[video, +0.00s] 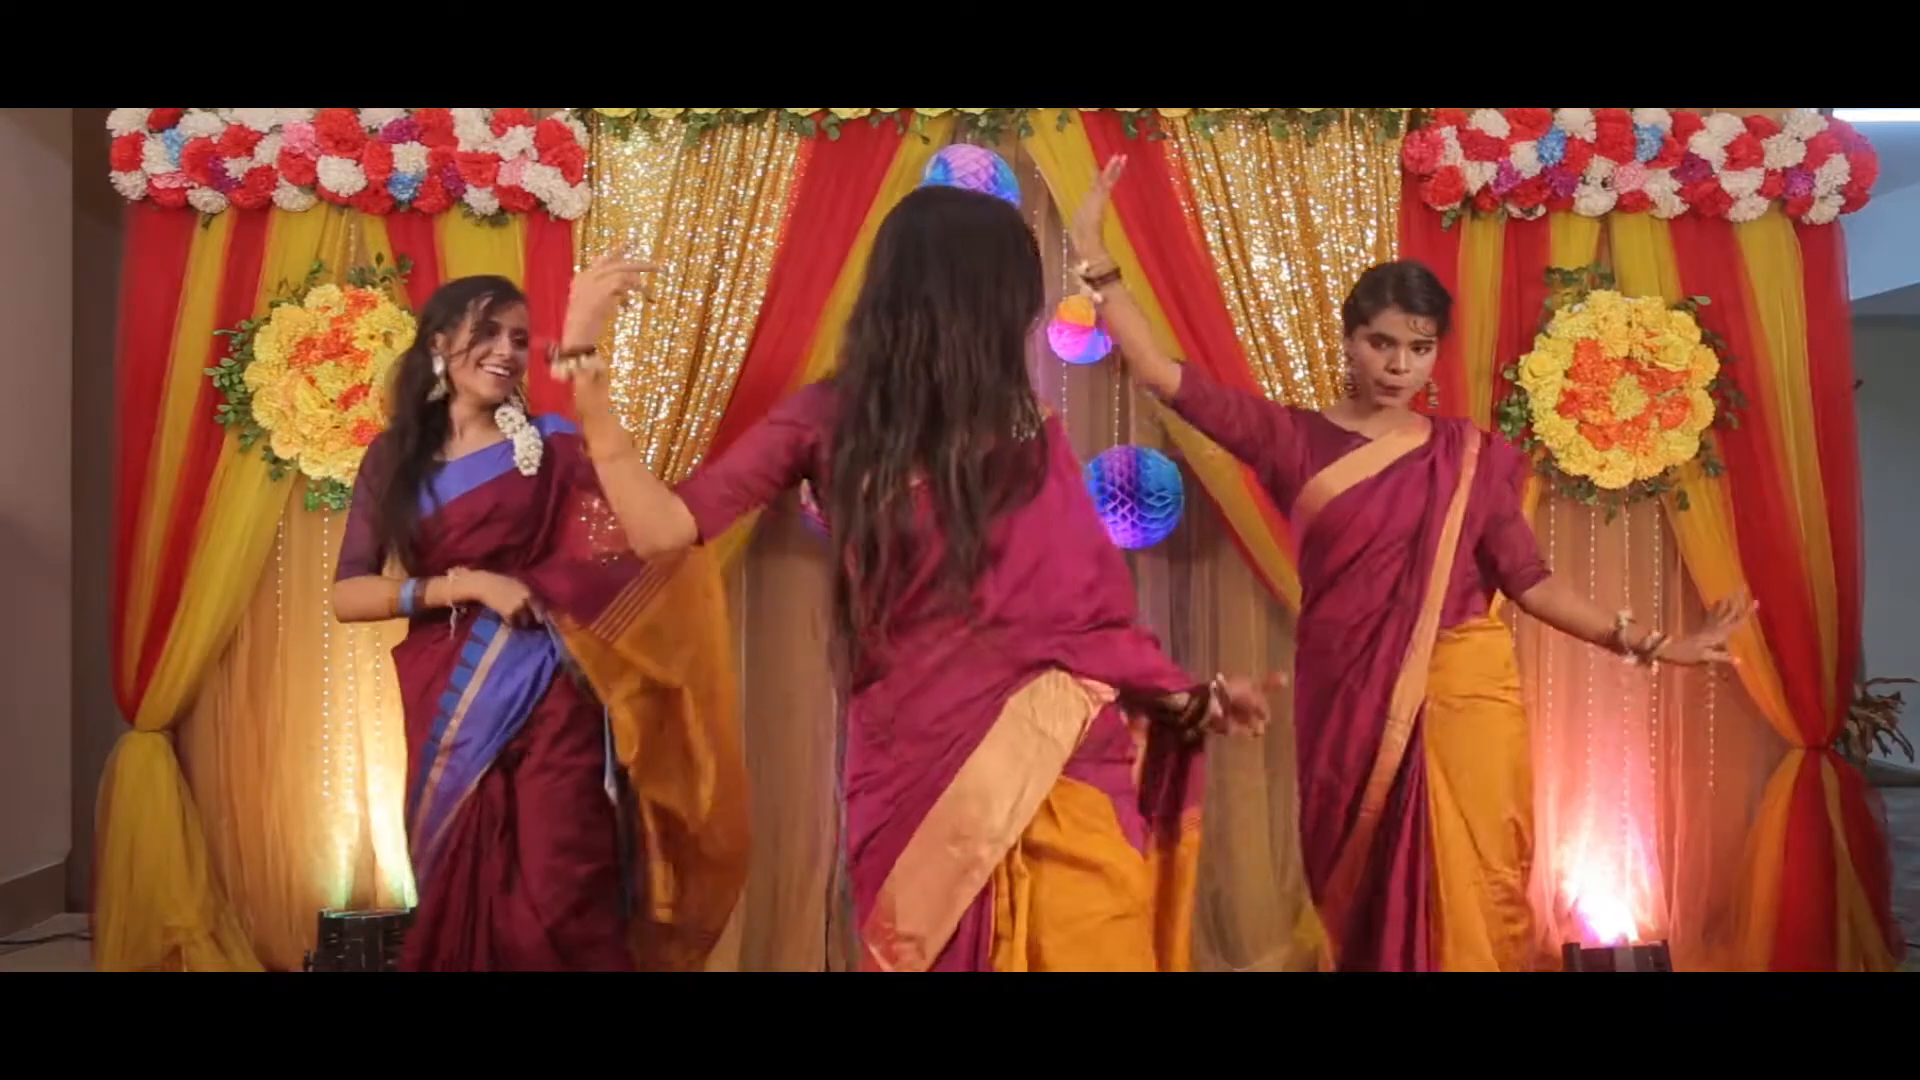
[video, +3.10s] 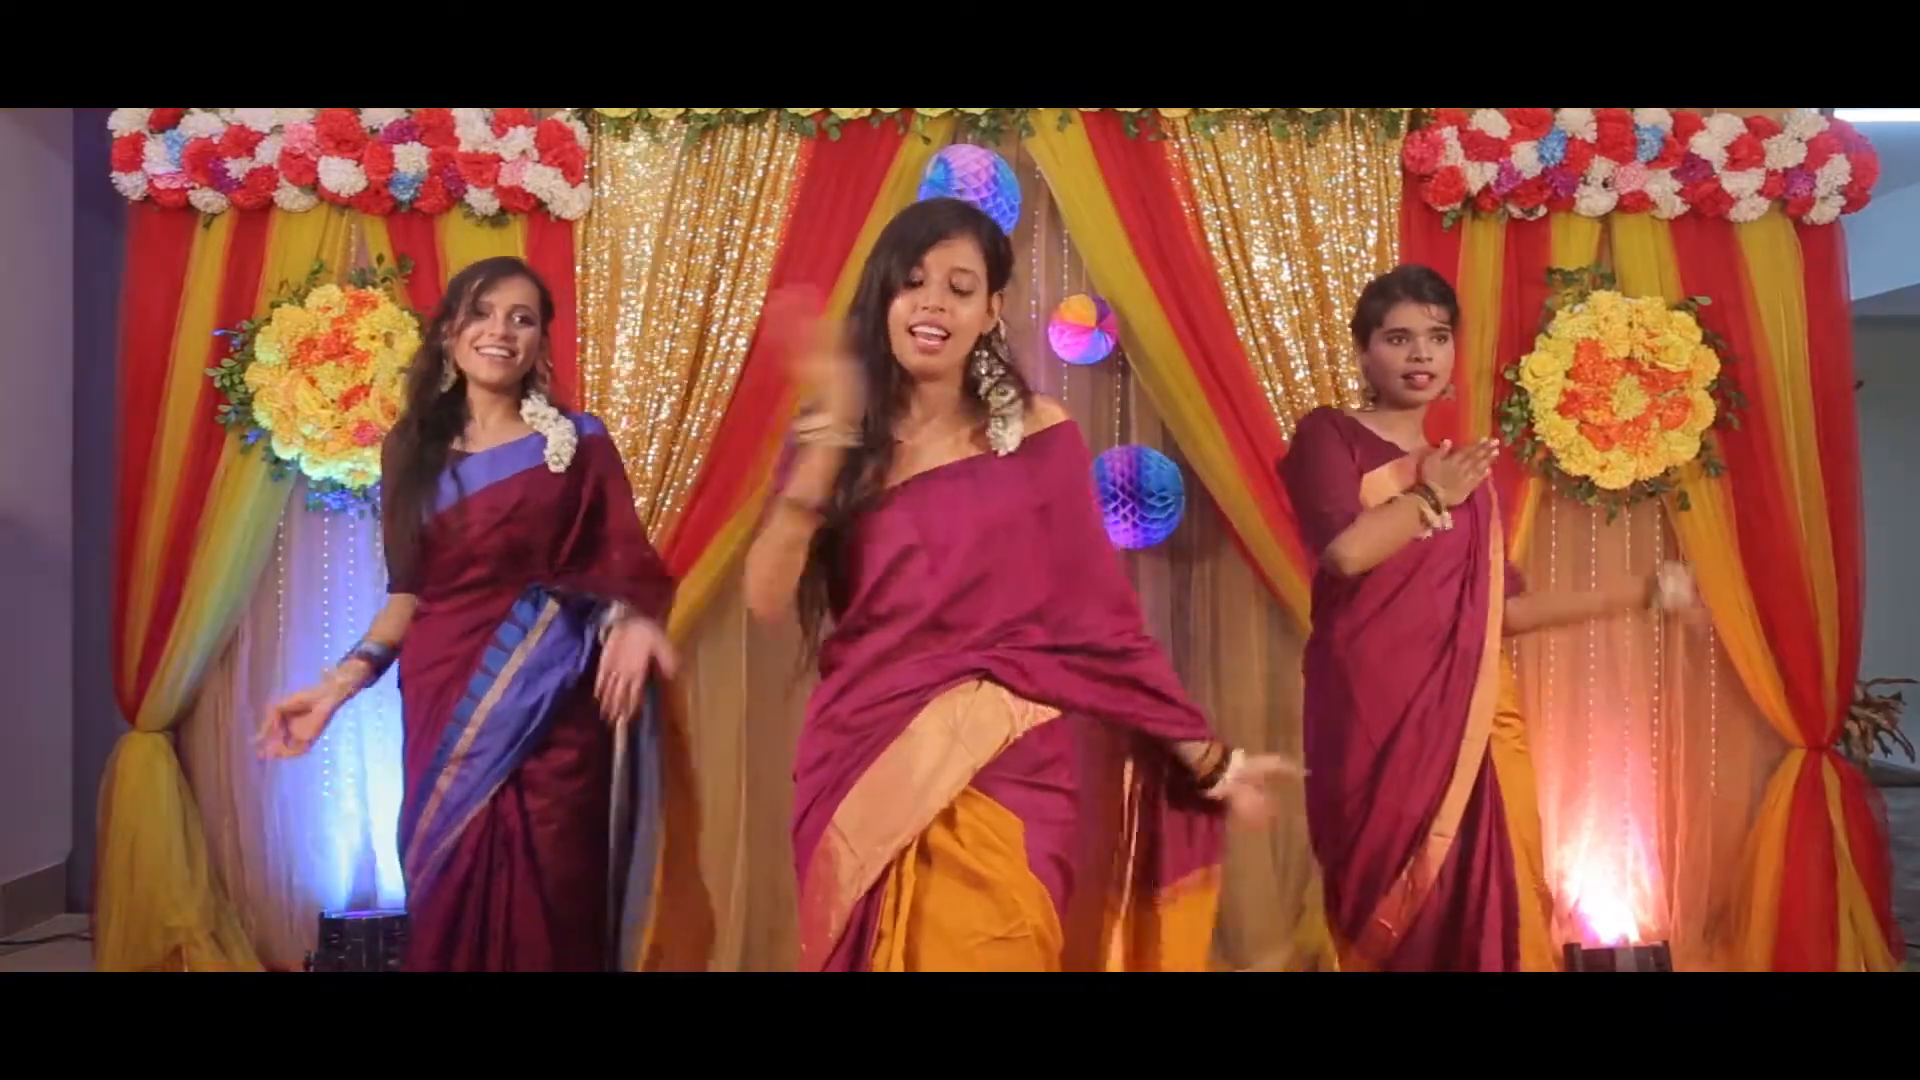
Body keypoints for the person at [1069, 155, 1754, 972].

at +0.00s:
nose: (1397, 362)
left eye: (1415, 347)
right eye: (1380, 342)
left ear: (1436, 354)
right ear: (1346, 341)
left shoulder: (1471, 454)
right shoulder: (1298, 440)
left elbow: (1533, 583)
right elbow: (1166, 378)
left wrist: (1650, 642)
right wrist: (1100, 280)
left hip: (1467, 684)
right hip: (1352, 695)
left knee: (1476, 896)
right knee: (1365, 897)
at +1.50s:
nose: (1407, 388)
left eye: (1425, 370)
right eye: (1388, 367)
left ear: (1444, 365)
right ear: (1352, 358)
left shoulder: (1474, 457)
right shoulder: (1305, 461)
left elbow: (1550, 559)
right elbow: (1162, 495)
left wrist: (1557, 637)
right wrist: (1174, 369)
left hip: (1468, 706)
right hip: (1352, 716)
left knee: (1473, 907)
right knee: (1359, 915)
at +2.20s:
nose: (1411, 356)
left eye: (1430, 340)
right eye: (1392, 336)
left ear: (1451, 346)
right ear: (1360, 337)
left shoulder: (1493, 440)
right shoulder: (1321, 447)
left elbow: (1564, 542)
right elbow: (1243, 541)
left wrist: (1561, 630)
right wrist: (1280, 426)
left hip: (1480, 693)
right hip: (1363, 702)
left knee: (1488, 901)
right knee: (1366, 910)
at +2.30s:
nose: (1411, 352)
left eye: (1430, 335)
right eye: (1392, 332)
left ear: (1451, 343)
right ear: (1361, 336)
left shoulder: (1492, 440)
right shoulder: (1315, 444)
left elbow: (1564, 550)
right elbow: (1257, 580)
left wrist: (1569, 639)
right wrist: (1284, 520)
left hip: (1483, 691)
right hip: (1364, 700)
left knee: (1492, 904)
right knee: (1370, 907)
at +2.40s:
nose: (1412, 357)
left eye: (1431, 341)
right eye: (1394, 338)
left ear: (1451, 350)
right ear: (1360, 344)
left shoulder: (1497, 447)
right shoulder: (1312, 465)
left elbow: (1545, 580)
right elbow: (1289, 615)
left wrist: (1578, 678)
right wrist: (1331, 614)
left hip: (1480, 705)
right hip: (1365, 717)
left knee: (1488, 913)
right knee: (1370, 919)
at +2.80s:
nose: (1417, 342)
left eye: (1436, 327)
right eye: (1398, 323)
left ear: (1452, 342)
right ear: (1361, 333)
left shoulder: (1485, 449)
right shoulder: (1317, 445)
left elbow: (1515, 597)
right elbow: (1307, 575)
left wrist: (1589, 706)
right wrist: (1341, 518)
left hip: (1491, 694)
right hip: (1379, 702)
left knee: (1513, 900)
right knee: (1390, 904)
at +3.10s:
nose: (1420, 354)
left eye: (1435, 337)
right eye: (1398, 337)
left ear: (1455, 353)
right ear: (1361, 352)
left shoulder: (1461, 465)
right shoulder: (1328, 434)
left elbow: (1502, 609)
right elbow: (1344, 552)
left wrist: (1639, 594)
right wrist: (1431, 496)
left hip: (1472, 711)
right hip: (1371, 713)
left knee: (1498, 905)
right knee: (1387, 913)